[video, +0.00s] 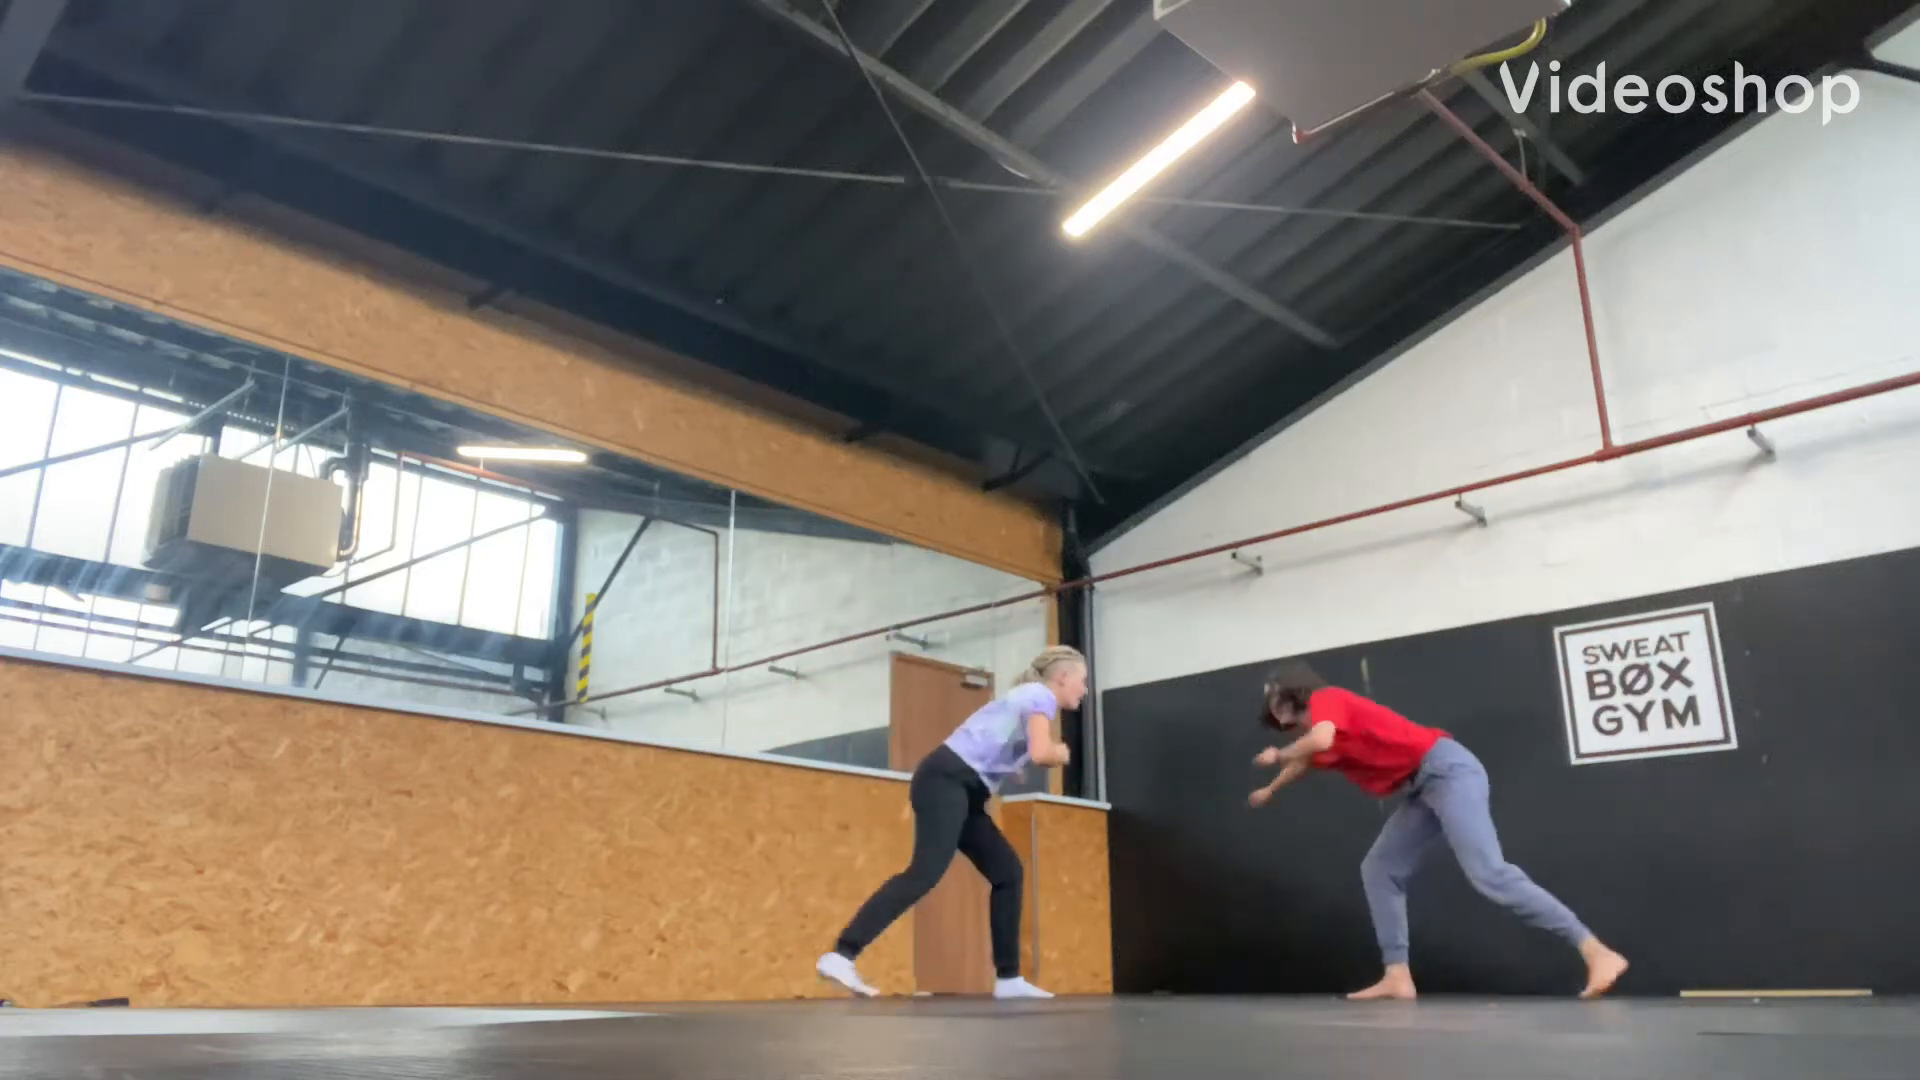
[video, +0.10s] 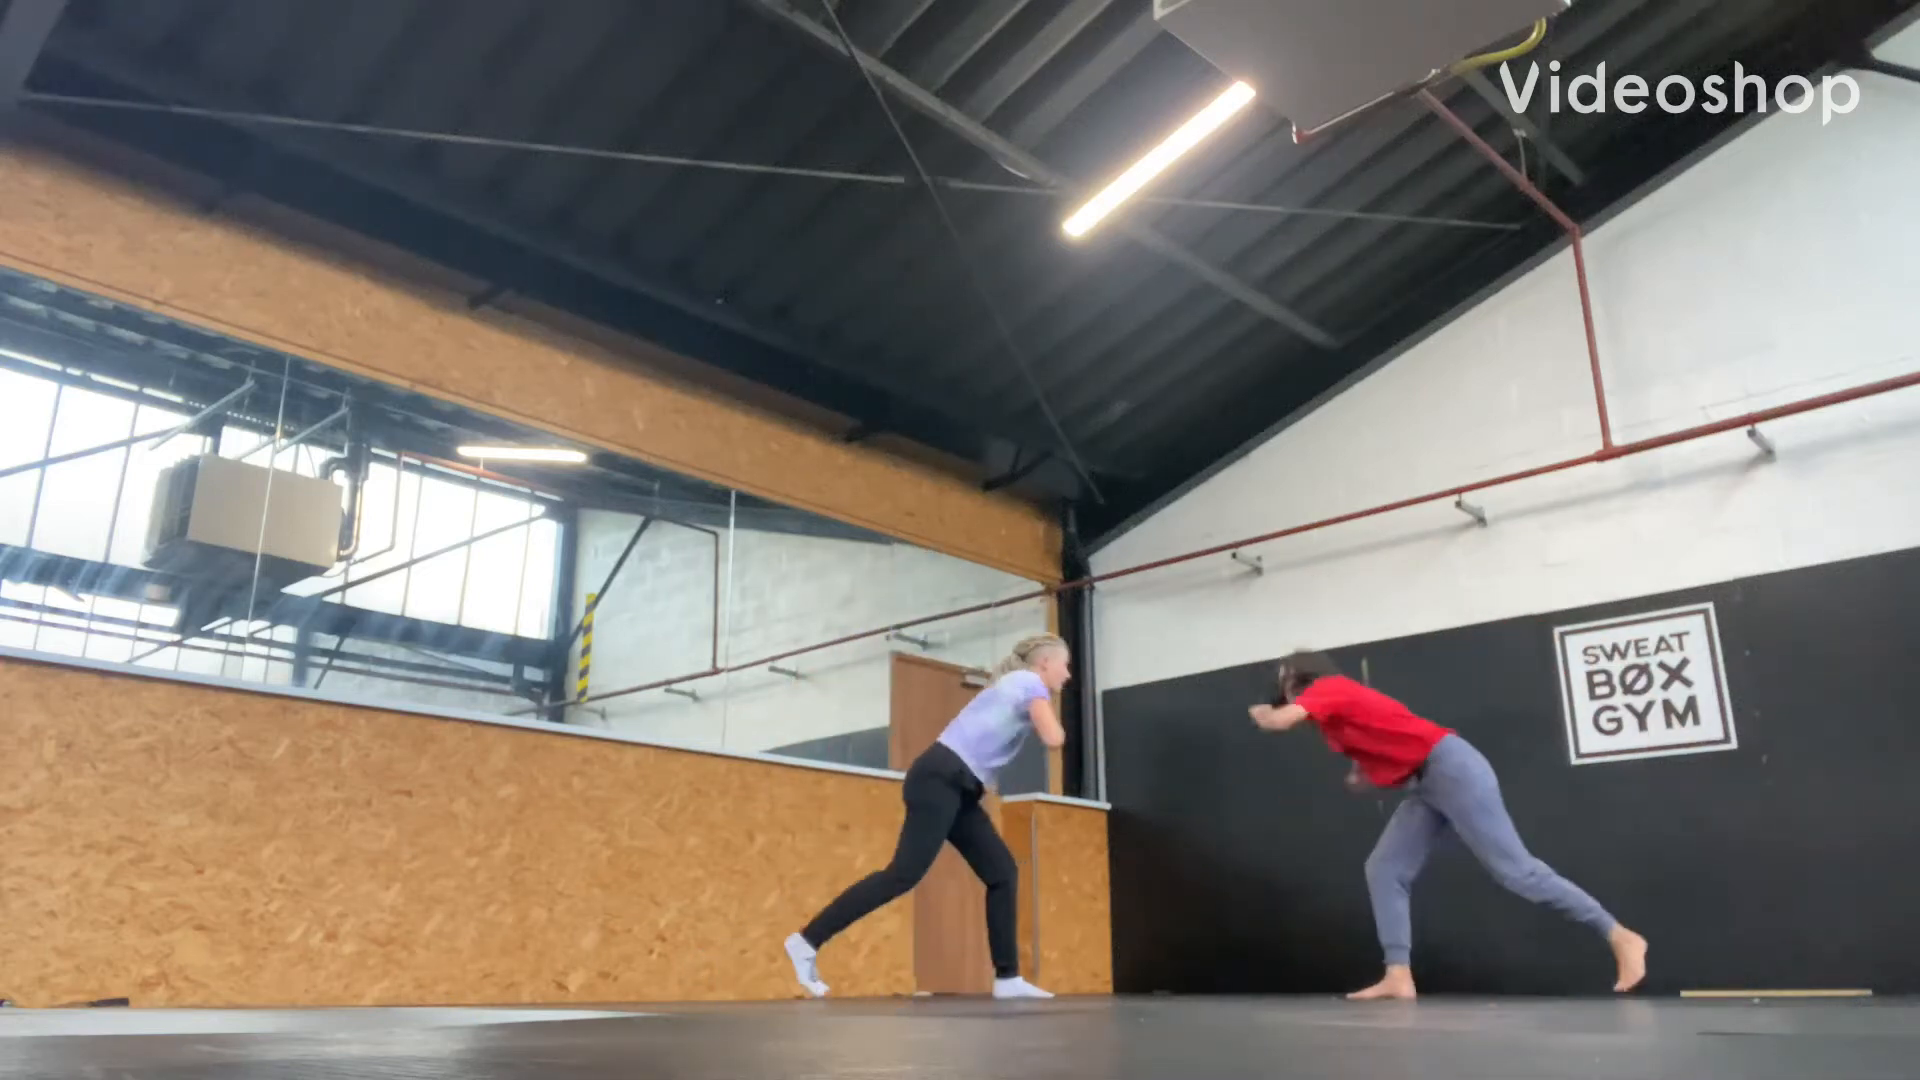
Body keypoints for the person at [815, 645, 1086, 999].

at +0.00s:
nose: (1085, 691)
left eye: (1086, 683)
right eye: (1082, 681)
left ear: (1056, 679)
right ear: (1061, 677)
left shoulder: (1030, 699)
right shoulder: (1039, 695)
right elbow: (1040, 751)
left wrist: (1050, 752)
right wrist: (1062, 753)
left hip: (965, 795)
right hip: (945, 780)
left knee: (1007, 873)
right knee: (925, 873)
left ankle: (1009, 981)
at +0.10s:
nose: (1068, 675)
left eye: (1069, 667)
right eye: (1065, 665)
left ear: (1036, 664)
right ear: (1043, 661)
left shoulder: (1013, 685)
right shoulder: (1028, 683)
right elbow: (1053, 737)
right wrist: (1052, 723)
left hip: (960, 793)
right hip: (940, 778)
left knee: (1002, 873)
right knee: (903, 874)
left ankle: (1008, 979)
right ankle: (806, 942)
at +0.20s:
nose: (1042, 657)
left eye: (1042, 649)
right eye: (1040, 649)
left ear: (1010, 647)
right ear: (1022, 646)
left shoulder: (977, 676)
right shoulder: (1010, 670)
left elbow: (924, 717)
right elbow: (1038, 722)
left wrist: (891, 749)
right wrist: (1029, 695)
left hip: (945, 787)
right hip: (929, 777)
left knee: (989, 873)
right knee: (886, 871)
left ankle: (1006, 980)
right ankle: (798, 949)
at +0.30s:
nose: (1018, 655)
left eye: (1019, 647)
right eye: (1015, 646)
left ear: (987, 644)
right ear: (996, 643)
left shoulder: (953, 674)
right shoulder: (981, 668)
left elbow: (897, 719)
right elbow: (999, 725)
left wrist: (860, 758)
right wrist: (1001, 709)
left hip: (934, 792)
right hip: (914, 784)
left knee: (985, 872)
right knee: (876, 881)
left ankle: (1005, 978)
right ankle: (793, 961)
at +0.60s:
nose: (1013, 655)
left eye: (1013, 647)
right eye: (1010, 646)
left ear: (977, 647)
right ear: (991, 643)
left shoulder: (947, 684)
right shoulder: (987, 670)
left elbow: (902, 742)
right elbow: (1015, 727)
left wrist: (903, 789)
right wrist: (1009, 704)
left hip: (939, 794)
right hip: (926, 787)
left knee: (1000, 872)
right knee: (890, 886)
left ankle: (1019, 978)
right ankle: (800, 958)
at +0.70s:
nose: (1033, 652)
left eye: (1033, 646)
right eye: (1030, 644)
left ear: (1000, 646)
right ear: (1012, 643)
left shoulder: (977, 677)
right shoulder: (1008, 668)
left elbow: (930, 736)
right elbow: (1044, 716)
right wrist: (1036, 698)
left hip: (954, 785)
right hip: (947, 781)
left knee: (1013, 872)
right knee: (935, 885)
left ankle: (1021, 978)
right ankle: (837, 934)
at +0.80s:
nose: (1056, 661)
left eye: (1056, 653)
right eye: (1052, 652)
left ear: (1023, 652)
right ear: (1030, 650)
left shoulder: (1002, 680)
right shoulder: (1023, 675)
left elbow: (972, 740)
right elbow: (1063, 728)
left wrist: (1001, 775)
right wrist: (1049, 704)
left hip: (966, 787)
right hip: (953, 783)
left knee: (1022, 871)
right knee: (982, 876)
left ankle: (1022, 979)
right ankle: (894, 941)